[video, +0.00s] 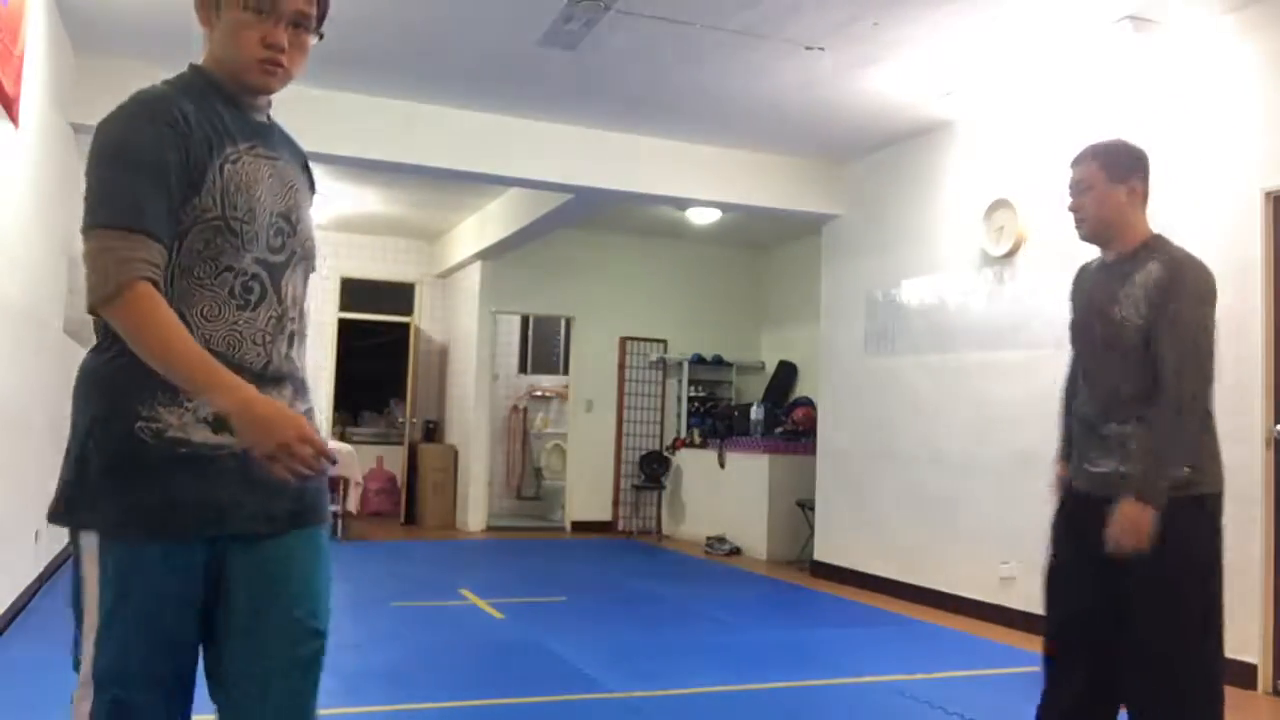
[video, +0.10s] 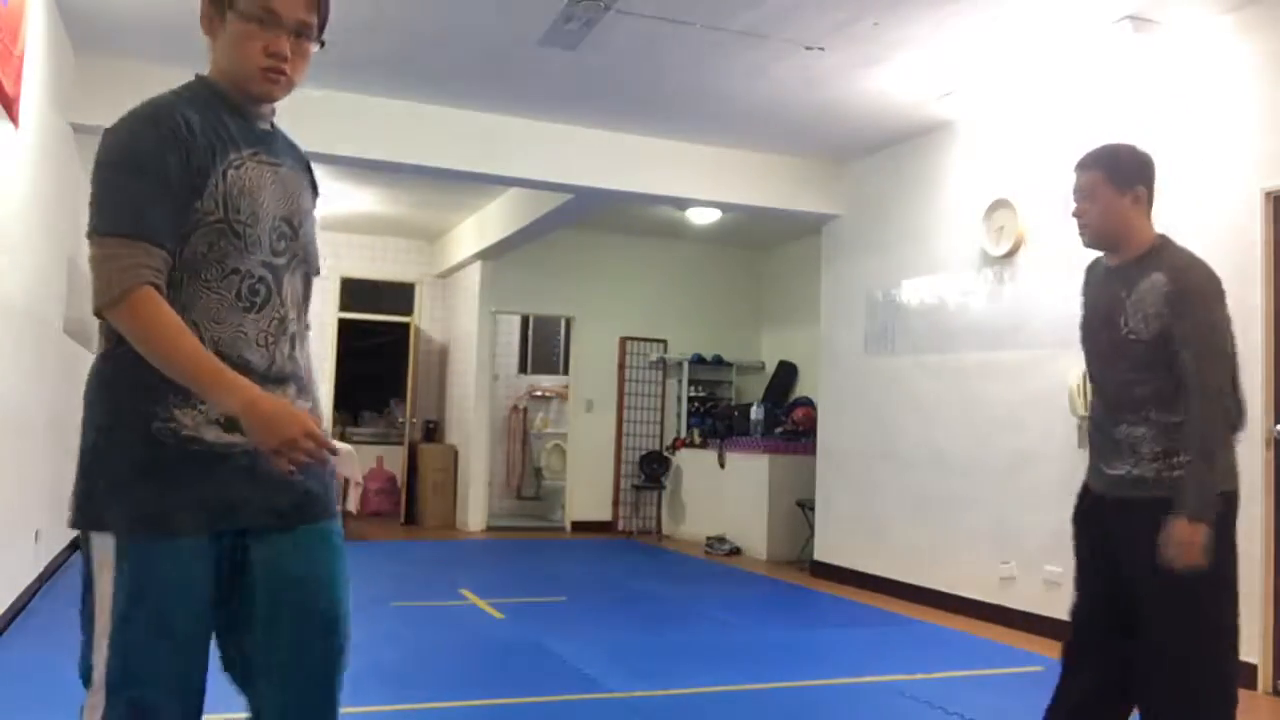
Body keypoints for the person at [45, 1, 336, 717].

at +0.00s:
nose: (280, 37)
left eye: (301, 25)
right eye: (260, 13)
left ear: (314, 44)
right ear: (208, 14)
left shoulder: (291, 157)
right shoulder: (150, 122)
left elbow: (273, 314)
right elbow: (121, 291)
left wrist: (291, 432)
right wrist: (248, 409)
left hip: (277, 489)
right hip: (149, 483)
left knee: (279, 706)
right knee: (132, 706)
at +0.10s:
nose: (283, 48)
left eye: (302, 34)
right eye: (265, 23)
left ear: (316, 49)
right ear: (212, 20)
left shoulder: (296, 164)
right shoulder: (154, 131)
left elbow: (282, 319)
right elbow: (122, 293)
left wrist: (300, 426)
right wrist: (250, 404)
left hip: (286, 484)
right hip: (157, 483)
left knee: (305, 701)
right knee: (147, 704)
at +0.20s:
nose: (292, 66)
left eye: (310, 52)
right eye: (272, 41)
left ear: (322, 68)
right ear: (222, 41)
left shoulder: (305, 183)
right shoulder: (172, 145)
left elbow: (311, 331)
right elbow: (126, 301)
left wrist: (338, 438)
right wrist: (249, 411)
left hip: (301, 487)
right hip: (179, 487)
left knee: (326, 682)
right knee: (164, 701)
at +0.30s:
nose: (309, 90)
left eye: (325, 79)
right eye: (289, 69)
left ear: (334, 95)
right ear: (242, 69)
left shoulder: (316, 201)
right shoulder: (197, 169)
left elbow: (330, 337)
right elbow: (152, 317)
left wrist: (370, 442)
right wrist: (261, 421)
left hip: (320, 498)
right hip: (213, 497)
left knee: (334, 698)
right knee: (186, 702)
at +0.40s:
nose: (332, 110)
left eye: (346, 99)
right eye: (313, 90)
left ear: (356, 115)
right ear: (266, 93)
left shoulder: (336, 217)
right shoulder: (232, 190)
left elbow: (355, 342)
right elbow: (194, 328)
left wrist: (417, 429)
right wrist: (310, 423)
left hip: (338, 496)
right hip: (246, 498)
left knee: (344, 686)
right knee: (214, 697)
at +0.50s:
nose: (353, 118)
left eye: (367, 107)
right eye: (336, 98)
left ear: (376, 122)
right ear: (290, 101)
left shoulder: (352, 219)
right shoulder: (257, 192)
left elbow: (376, 339)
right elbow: (238, 323)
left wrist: (464, 386)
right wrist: (368, 383)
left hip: (353, 478)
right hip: (265, 477)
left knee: (357, 672)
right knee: (220, 678)